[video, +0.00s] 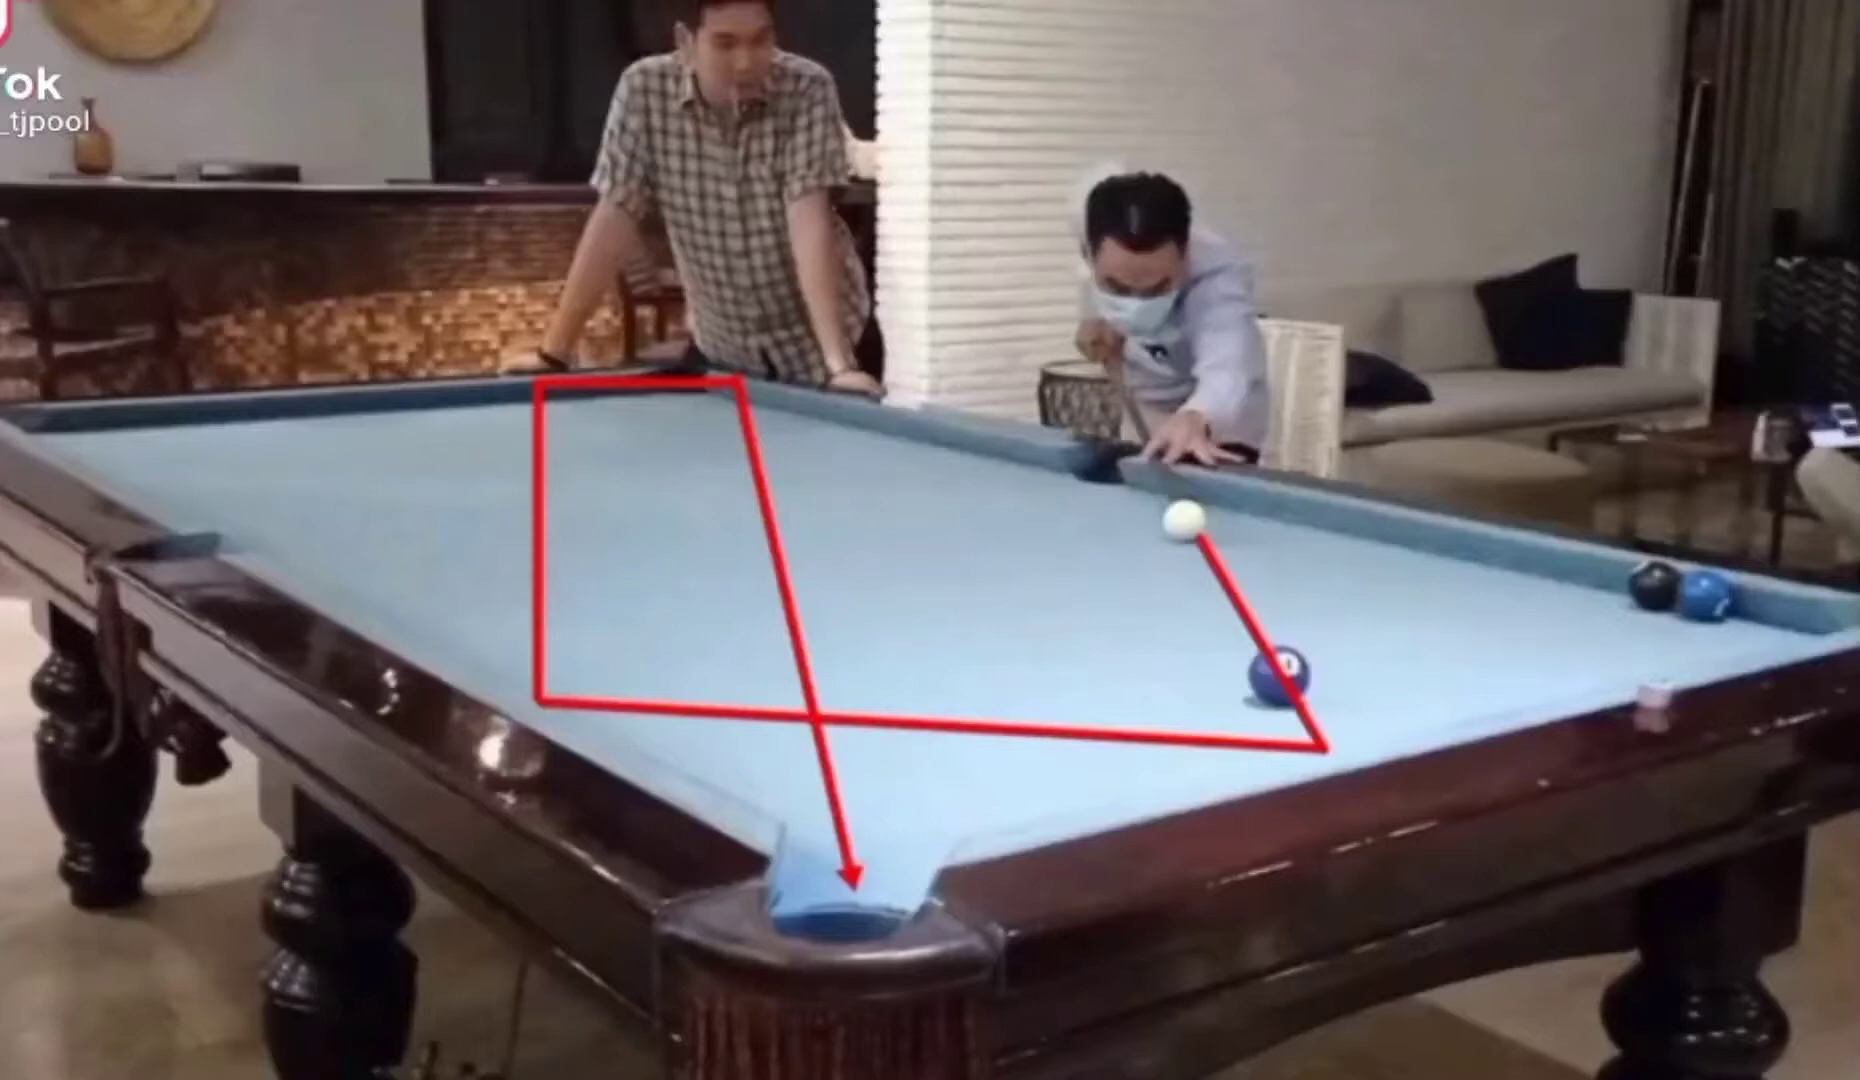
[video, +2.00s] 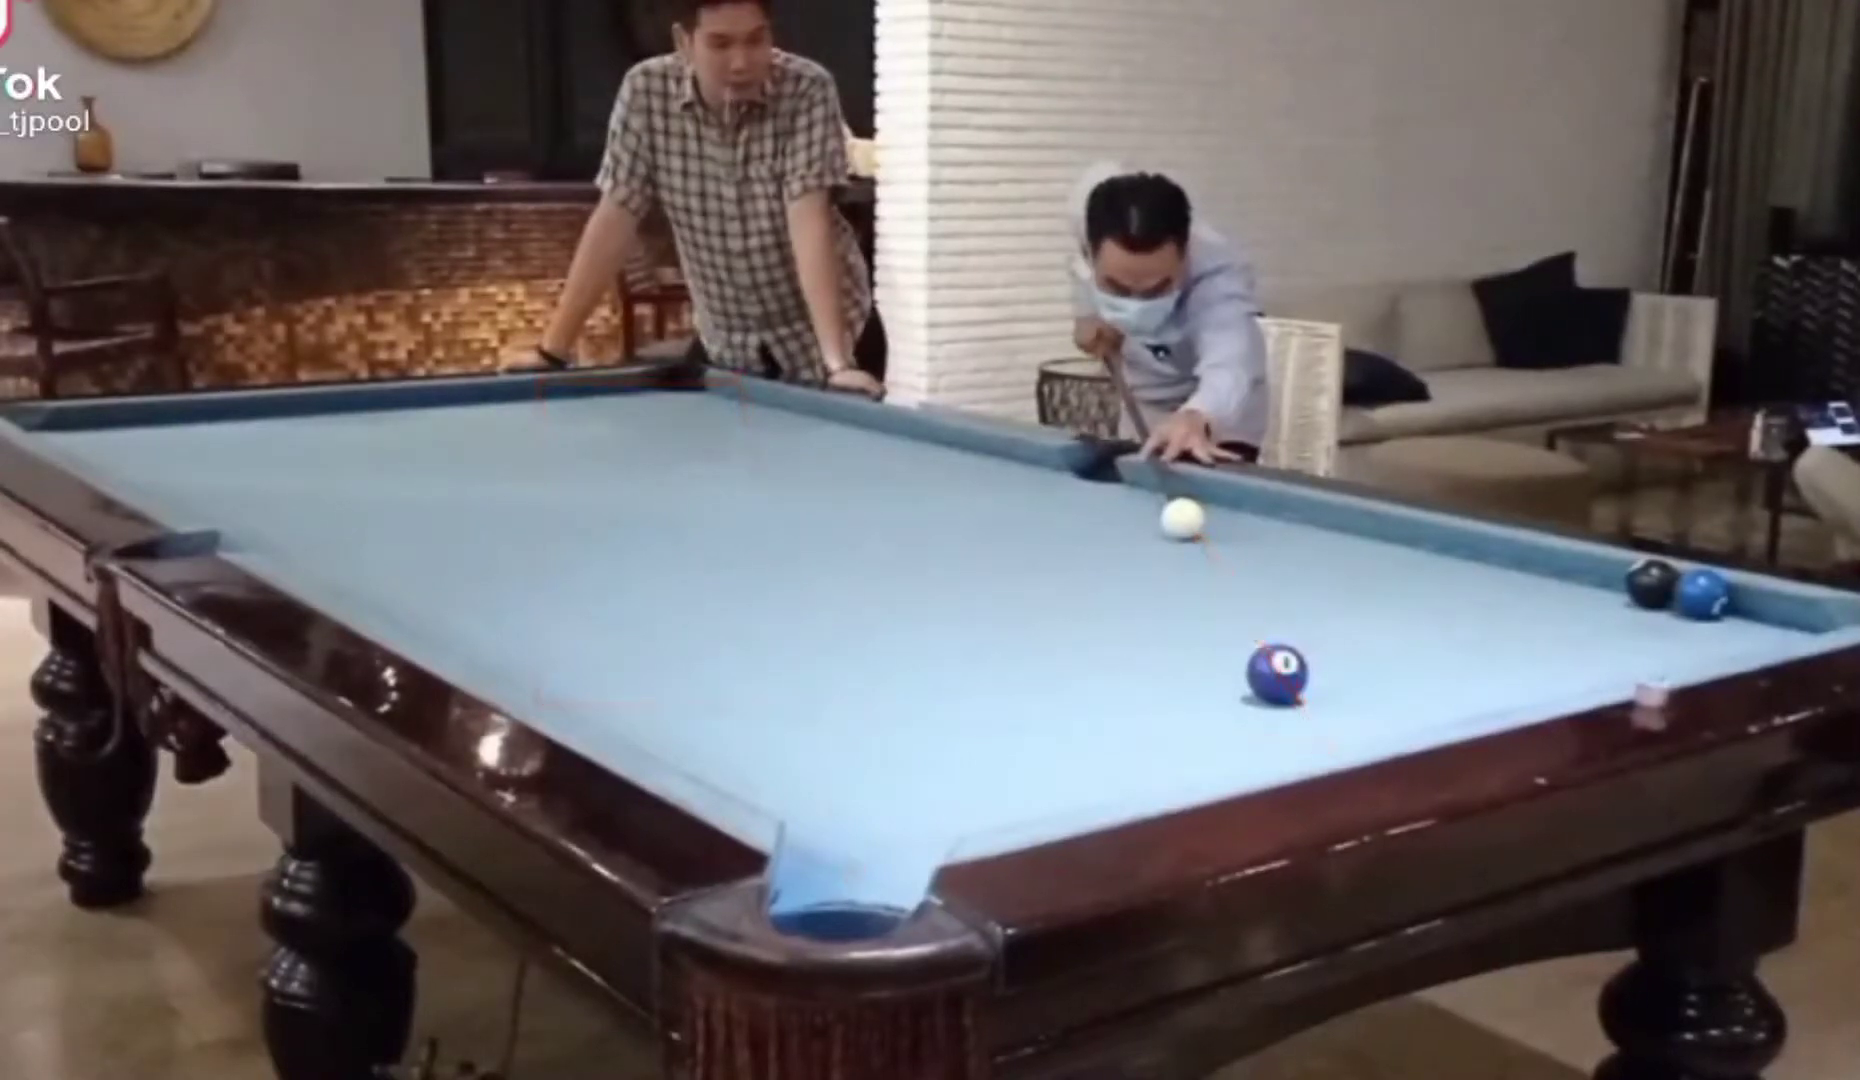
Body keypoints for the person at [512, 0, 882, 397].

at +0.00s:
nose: (746, 62)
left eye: (759, 41)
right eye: (726, 44)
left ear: (774, 36)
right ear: (686, 43)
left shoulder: (806, 89)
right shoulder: (644, 90)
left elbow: (810, 220)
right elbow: (614, 216)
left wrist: (840, 364)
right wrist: (553, 354)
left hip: (821, 347)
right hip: (722, 347)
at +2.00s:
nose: (740, 62)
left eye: (755, 41)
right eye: (720, 44)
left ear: (771, 36)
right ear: (684, 44)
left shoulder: (806, 90)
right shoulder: (647, 91)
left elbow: (809, 216)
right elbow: (616, 213)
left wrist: (838, 363)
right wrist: (553, 351)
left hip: (824, 343)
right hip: (725, 345)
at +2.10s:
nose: (740, 62)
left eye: (755, 41)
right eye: (720, 44)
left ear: (771, 36)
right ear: (683, 43)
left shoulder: (807, 90)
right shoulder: (647, 90)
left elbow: (809, 214)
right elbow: (618, 213)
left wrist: (838, 363)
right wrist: (552, 350)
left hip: (828, 343)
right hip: (726, 346)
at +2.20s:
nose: (740, 62)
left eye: (755, 41)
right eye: (719, 44)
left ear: (771, 35)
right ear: (683, 43)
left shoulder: (807, 90)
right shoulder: (647, 91)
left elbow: (810, 215)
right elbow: (617, 215)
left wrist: (838, 363)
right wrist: (553, 351)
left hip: (830, 344)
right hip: (726, 347)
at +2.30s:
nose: (741, 62)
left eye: (756, 41)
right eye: (720, 44)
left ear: (771, 34)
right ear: (684, 44)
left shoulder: (808, 90)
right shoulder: (648, 92)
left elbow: (811, 216)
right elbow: (616, 216)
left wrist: (838, 363)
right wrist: (553, 351)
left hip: (829, 342)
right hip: (727, 344)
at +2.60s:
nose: (751, 65)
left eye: (763, 42)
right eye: (729, 47)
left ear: (778, 35)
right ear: (691, 46)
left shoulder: (812, 89)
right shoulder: (651, 93)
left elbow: (813, 213)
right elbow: (618, 214)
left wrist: (837, 362)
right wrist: (553, 350)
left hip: (834, 342)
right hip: (730, 345)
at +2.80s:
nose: (752, 60)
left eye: (765, 39)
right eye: (730, 41)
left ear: (781, 36)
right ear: (694, 43)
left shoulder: (814, 89)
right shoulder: (651, 92)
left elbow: (814, 213)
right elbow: (619, 214)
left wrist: (838, 363)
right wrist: (553, 351)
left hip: (830, 344)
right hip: (728, 345)